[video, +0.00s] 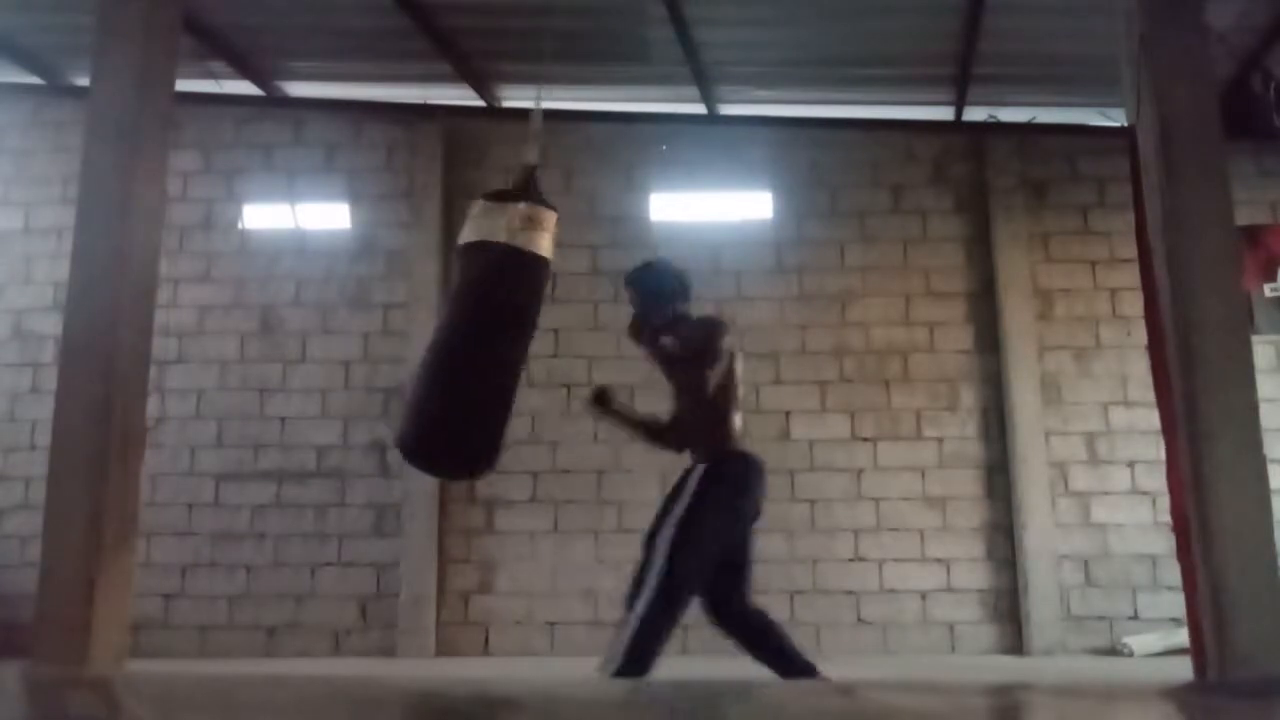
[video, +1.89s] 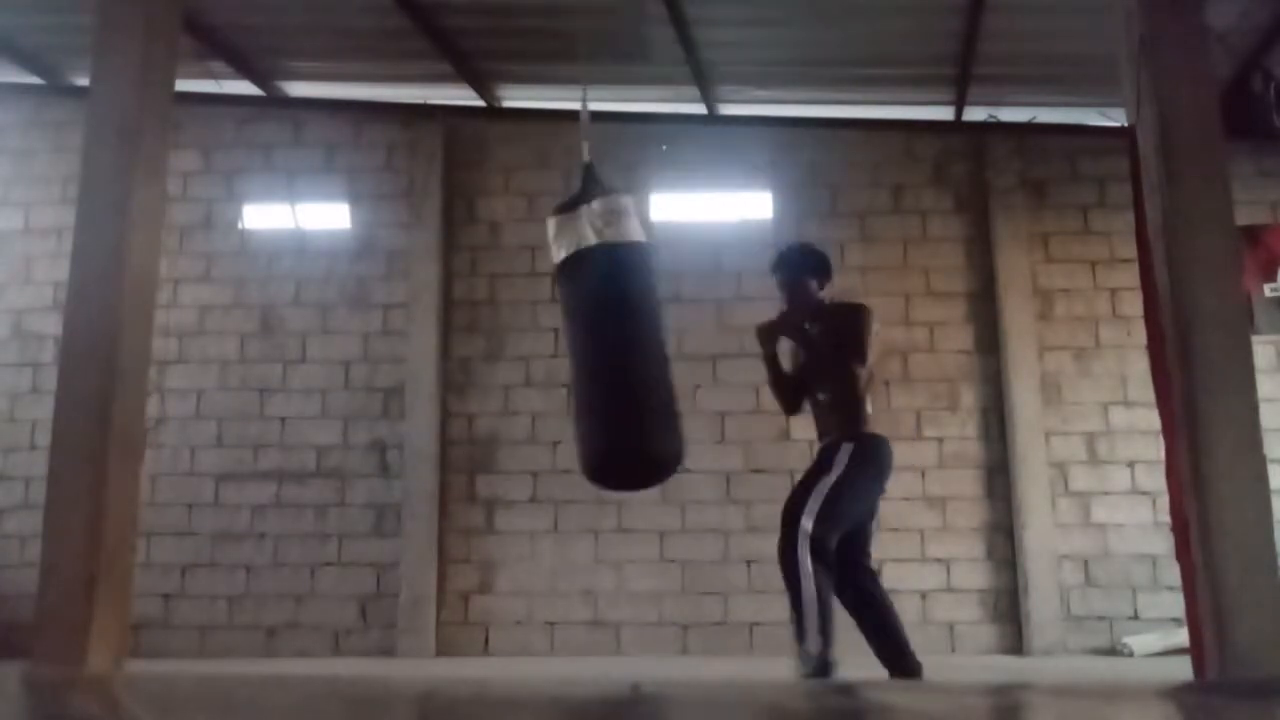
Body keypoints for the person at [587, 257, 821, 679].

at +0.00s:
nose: (632, 315)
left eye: (637, 303)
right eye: (631, 303)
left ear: (660, 301)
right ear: (671, 302)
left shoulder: (694, 329)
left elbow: (716, 335)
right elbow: (677, 438)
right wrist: (614, 410)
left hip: (717, 472)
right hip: (736, 474)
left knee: (663, 574)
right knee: (727, 604)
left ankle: (615, 685)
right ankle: (813, 686)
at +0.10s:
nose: (650, 293)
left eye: (656, 282)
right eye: (650, 282)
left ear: (680, 280)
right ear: (690, 282)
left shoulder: (722, 308)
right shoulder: (718, 325)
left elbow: (696, 354)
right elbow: (712, 409)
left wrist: (659, 312)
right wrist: (662, 375)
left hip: (737, 449)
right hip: (763, 451)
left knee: (679, 532)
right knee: (743, 573)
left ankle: (682, 671)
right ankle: (812, 676)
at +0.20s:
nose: (665, 279)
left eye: (670, 268)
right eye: (664, 269)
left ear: (690, 265)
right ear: (709, 259)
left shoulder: (733, 291)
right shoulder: (743, 304)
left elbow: (709, 346)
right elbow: (727, 389)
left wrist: (670, 308)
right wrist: (681, 337)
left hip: (750, 435)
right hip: (781, 436)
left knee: (693, 548)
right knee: (751, 559)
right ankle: (814, 668)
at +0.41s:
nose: (707, 301)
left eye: (712, 290)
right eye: (706, 291)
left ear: (734, 290)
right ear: (744, 291)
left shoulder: (775, 325)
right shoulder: (764, 337)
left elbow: (744, 400)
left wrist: (712, 343)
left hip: (781, 468)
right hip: (807, 469)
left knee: (733, 582)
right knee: (777, 585)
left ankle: (789, 683)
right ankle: (876, 666)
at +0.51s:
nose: (723, 291)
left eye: (727, 282)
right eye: (722, 283)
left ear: (748, 278)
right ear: (760, 277)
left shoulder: (790, 310)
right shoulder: (771, 324)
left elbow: (774, 375)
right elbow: (753, 397)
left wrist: (732, 326)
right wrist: (730, 336)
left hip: (802, 448)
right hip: (827, 446)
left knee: (763, 564)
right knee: (809, 569)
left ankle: (796, 679)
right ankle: (893, 666)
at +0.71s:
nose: (762, 292)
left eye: (767, 282)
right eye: (760, 283)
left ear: (788, 282)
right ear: (790, 283)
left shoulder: (830, 312)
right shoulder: (798, 332)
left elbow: (839, 376)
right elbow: (788, 400)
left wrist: (791, 331)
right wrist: (767, 344)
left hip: (849, 452)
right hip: (860, 453)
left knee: (788, 552)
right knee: (857, 569)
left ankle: (848, 665)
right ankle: (933, 677)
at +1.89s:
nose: (782, 296)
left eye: (788, 284)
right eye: (780, 286)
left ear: (813, 281)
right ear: (792, 286)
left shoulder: (850, 316)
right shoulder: (802, 335)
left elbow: (854, 374)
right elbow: (789, 401)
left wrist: (803, 333)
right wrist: (770, 350)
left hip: (855, 449)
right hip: (842, 452)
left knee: (802, 532)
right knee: (850, 569)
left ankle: (816, 665)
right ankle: (906, 673)